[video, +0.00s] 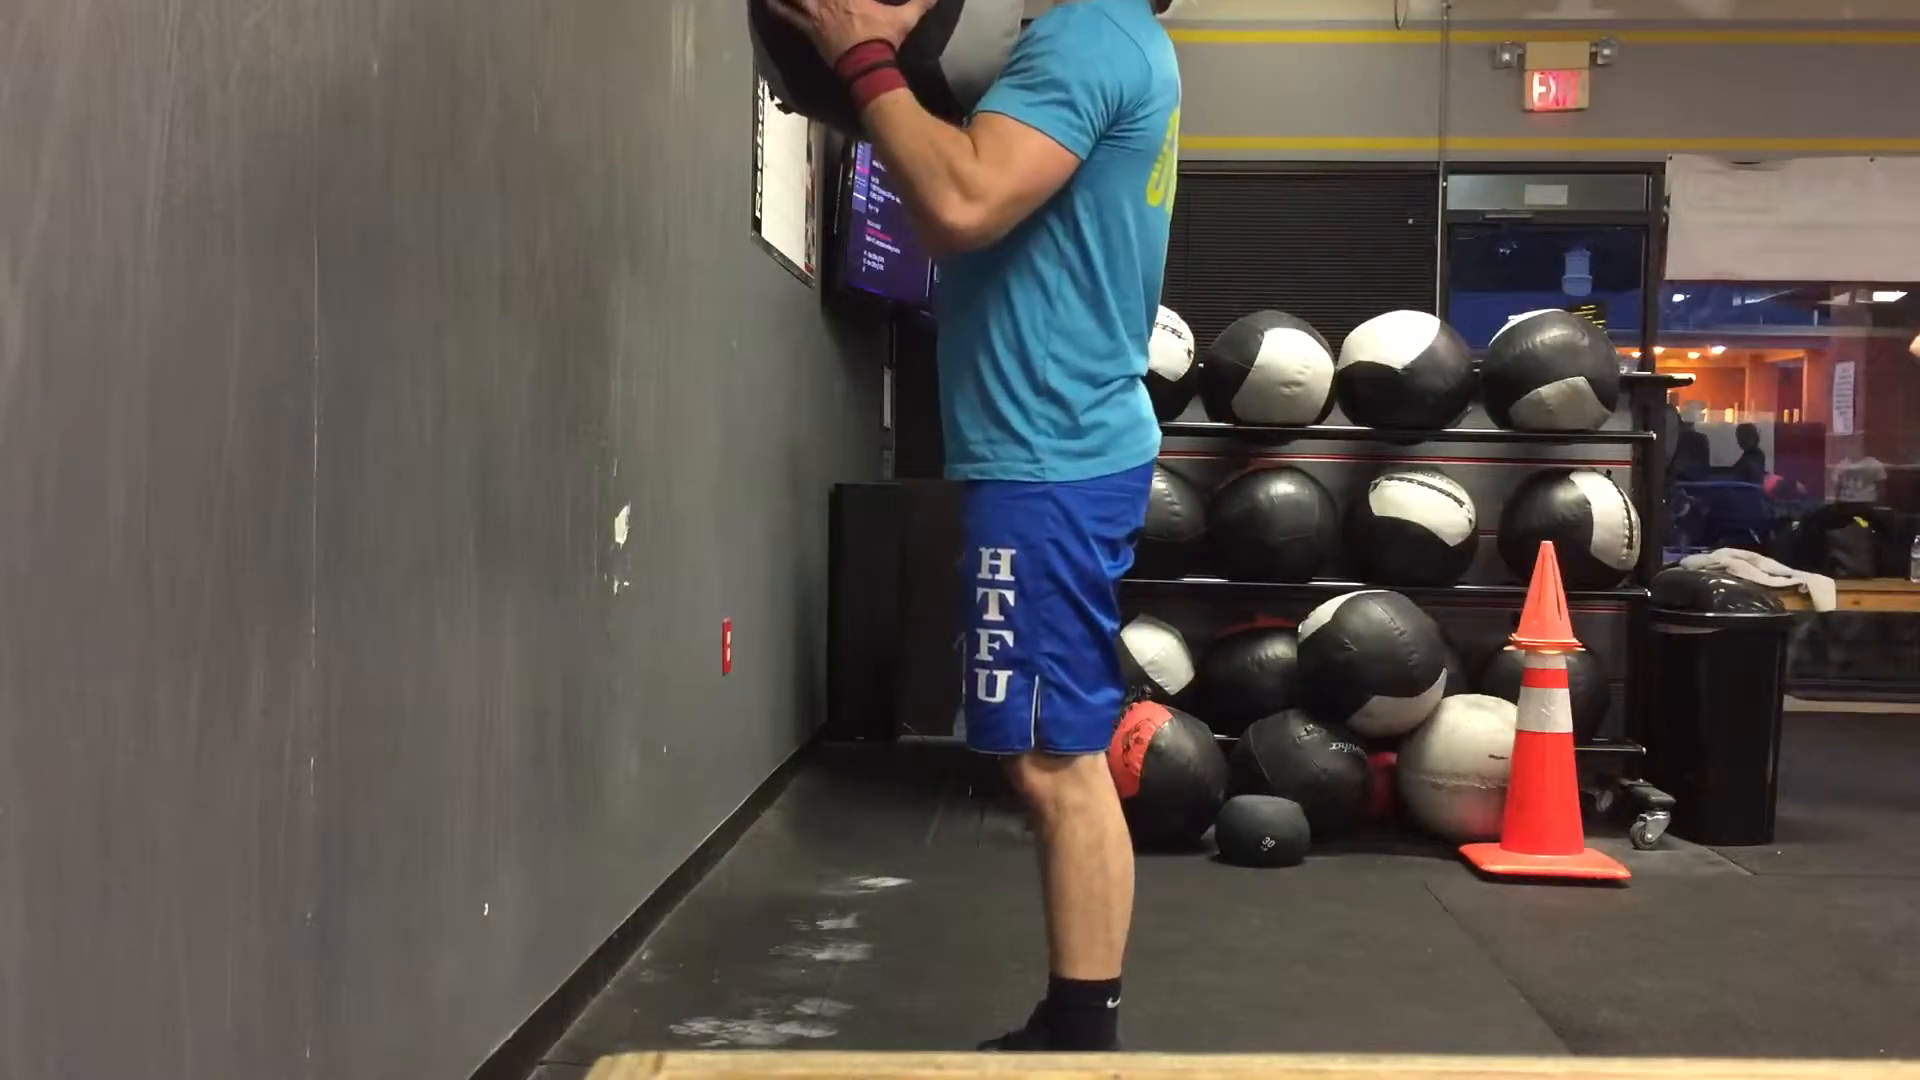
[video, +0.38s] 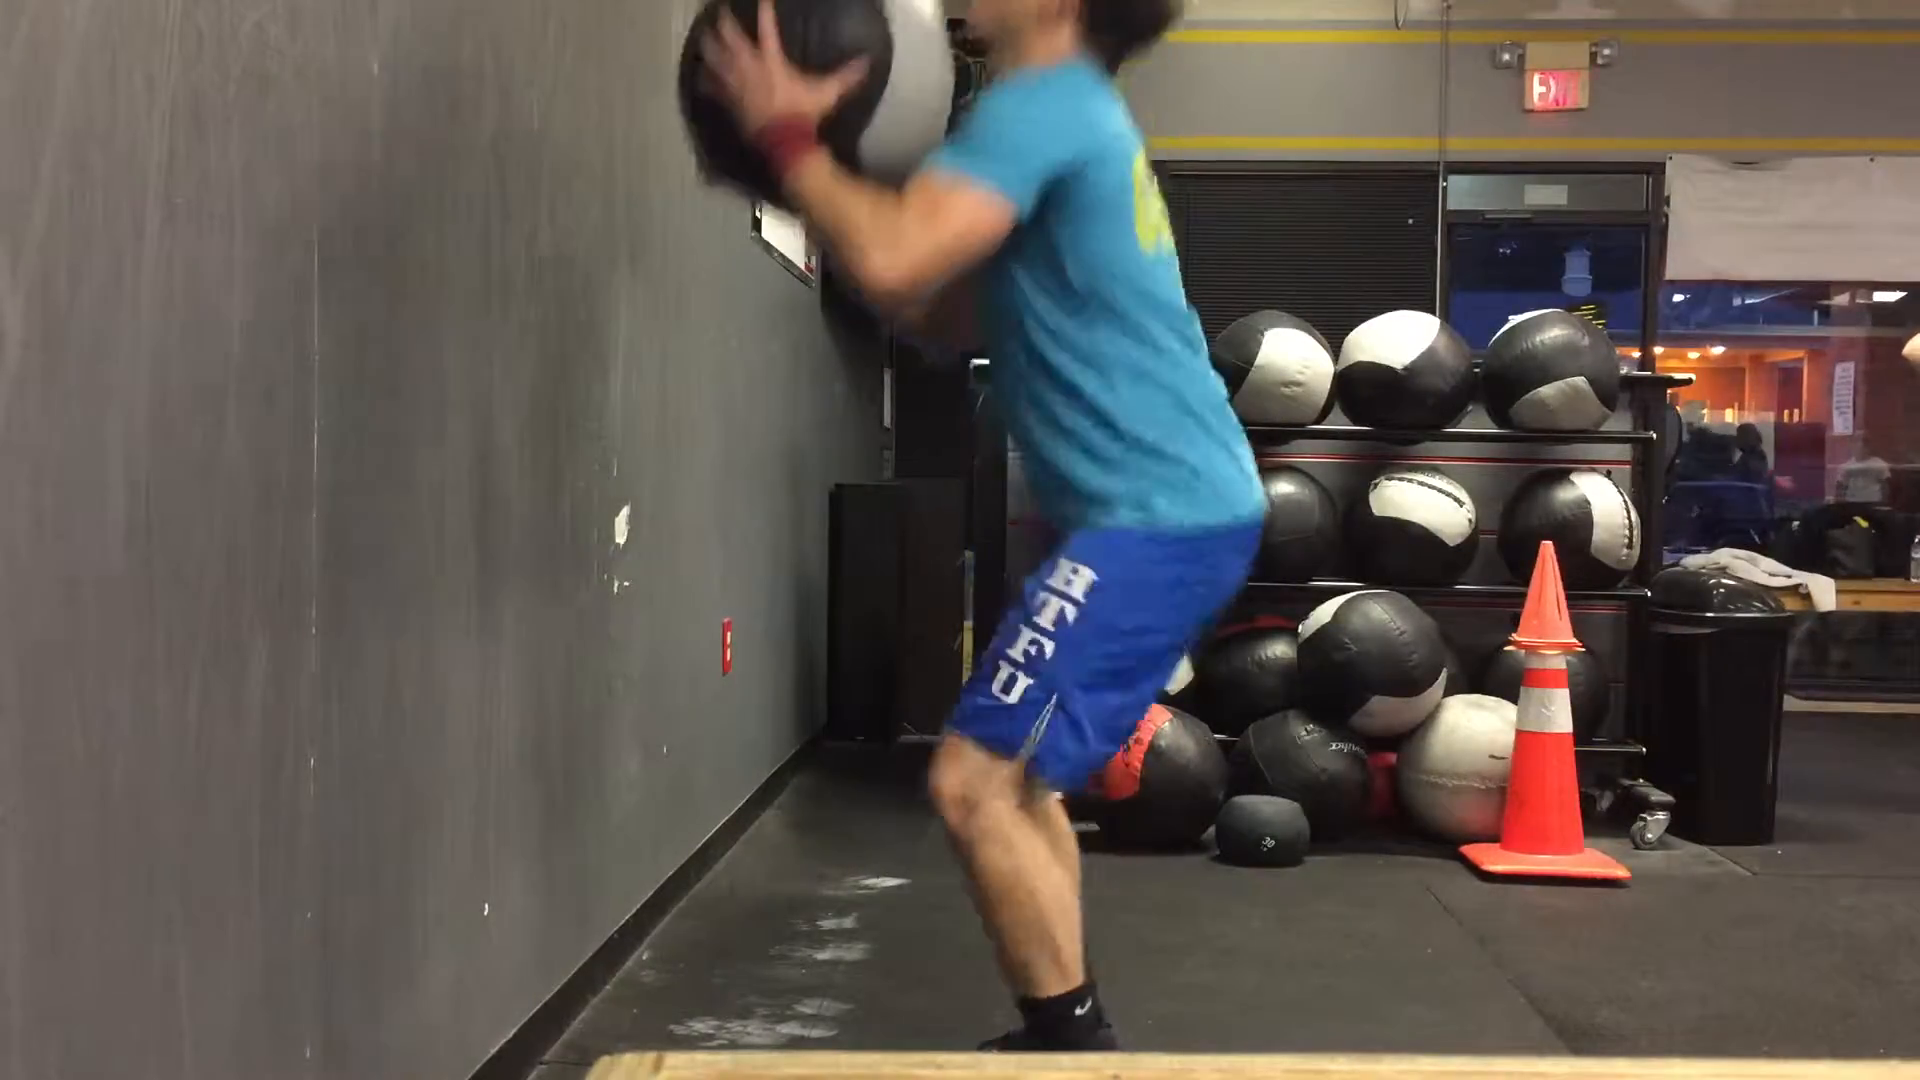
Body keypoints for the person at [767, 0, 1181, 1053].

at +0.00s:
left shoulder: (1095, 37)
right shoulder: (1090, 34)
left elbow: (961, 203)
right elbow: (961, 180)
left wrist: (870, 60)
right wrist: (874, 58)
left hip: (1055, 464)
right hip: (1040, 459)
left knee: (1059, 763)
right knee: (1049, 761)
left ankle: (1082, 1032)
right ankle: (1079, 1022)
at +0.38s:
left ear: (1058, 2)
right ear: (1069, 13)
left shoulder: (1048, 104)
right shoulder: (1063, 108)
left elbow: (889, 257)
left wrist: (788, 136)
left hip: (1157, 511)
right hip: (1147, 506)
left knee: (971, 782)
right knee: (1018, 784)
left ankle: (1067, 1038)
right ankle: (1066, 1028)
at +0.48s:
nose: (961, 87)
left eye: (986, 73)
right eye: (976, 68)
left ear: (1036, 117)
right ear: (1036, 122)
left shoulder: (1036, 240)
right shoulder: (1040, 231)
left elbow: (872, 397)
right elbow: (896, 383)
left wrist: (773, 267)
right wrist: (788, 277)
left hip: (1192, 613)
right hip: (1173, 600)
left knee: (933, 806)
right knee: (983, 795)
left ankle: (1054, 1039)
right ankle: (1065, 1023)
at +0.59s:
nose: (940, 225)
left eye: (965, 214)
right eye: (956, 208)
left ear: (1013, 263)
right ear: (1015, 269)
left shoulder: (1018, 390)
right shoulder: (1028, 371)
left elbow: (869, 567)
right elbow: (891, 538)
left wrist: (766, 428)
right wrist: (781, 427)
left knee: (900, 841)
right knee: (924, 764)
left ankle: (1046, 1046)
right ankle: (1063, 1016)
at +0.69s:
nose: (929, 336)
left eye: (952, 323)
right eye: (943, 319)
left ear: (1004, 369)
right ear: (1004, 373)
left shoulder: (1010, 505)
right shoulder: (1026, 483)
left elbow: (867, 700)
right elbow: (889, 661)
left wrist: (762, 559)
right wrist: (782, 555)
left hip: (1190, 830)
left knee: (888, 853)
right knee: (911, 775)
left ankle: (1042, 1050)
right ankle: (1066, 1028)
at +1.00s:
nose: (939, 275)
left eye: (963, 261)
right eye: (953, 257)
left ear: (1019, 305)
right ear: (1018, 310)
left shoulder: (1029, 435)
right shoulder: (1048, 412)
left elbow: (900, 623)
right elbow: (911, 586)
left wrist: (783, 503)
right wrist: (789, 492)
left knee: (920, 826)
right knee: (947, 754)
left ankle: (1052, 1051)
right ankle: (1064, 1016)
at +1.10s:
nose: (966, 160)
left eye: (993, 148)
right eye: (982, 144)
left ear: (1044, 186)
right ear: (1045, 191)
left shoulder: (1052, 310)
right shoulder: (1069, 298)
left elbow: (909, 483)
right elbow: (926, 452)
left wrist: (806, 362)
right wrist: (825, 363)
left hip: (1207, 647)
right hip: (1167, 631)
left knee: (932, 816)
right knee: (961, 770)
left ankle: (1055, 1042)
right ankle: (1062, 1016)